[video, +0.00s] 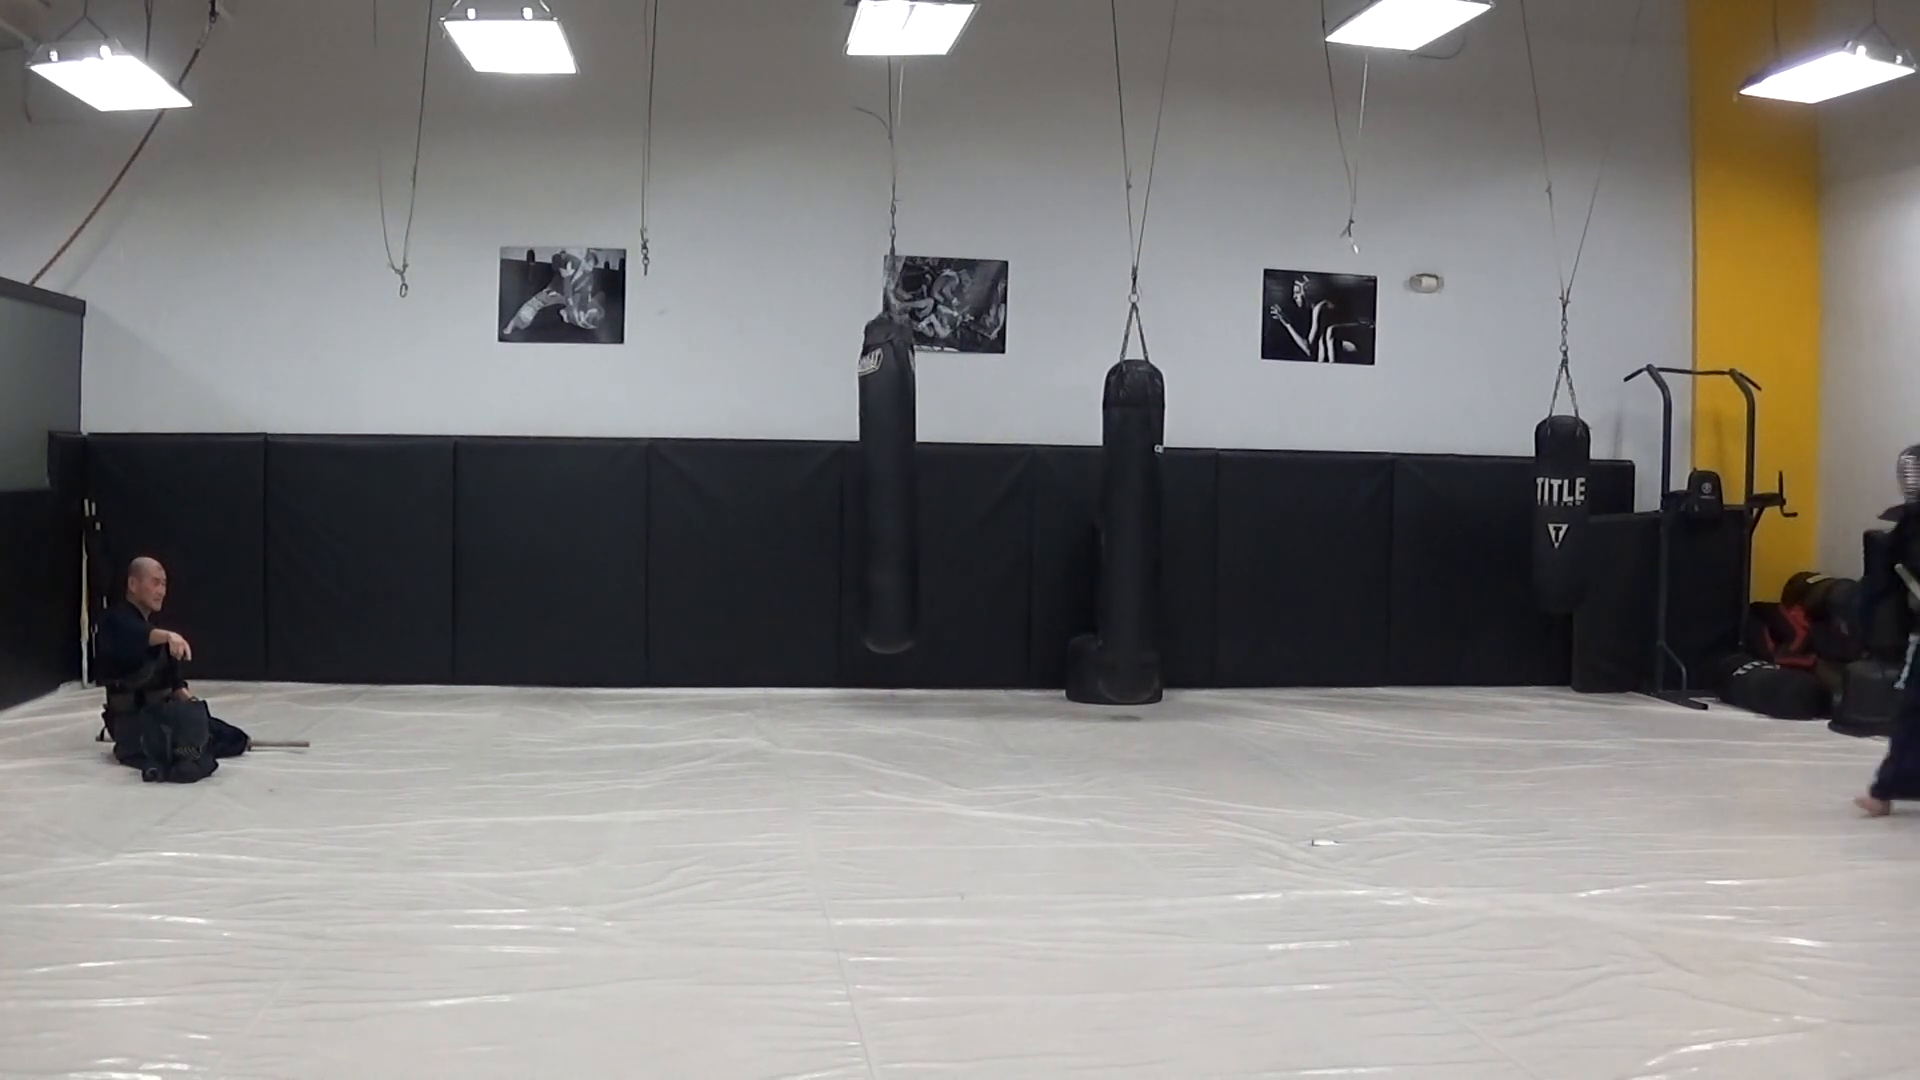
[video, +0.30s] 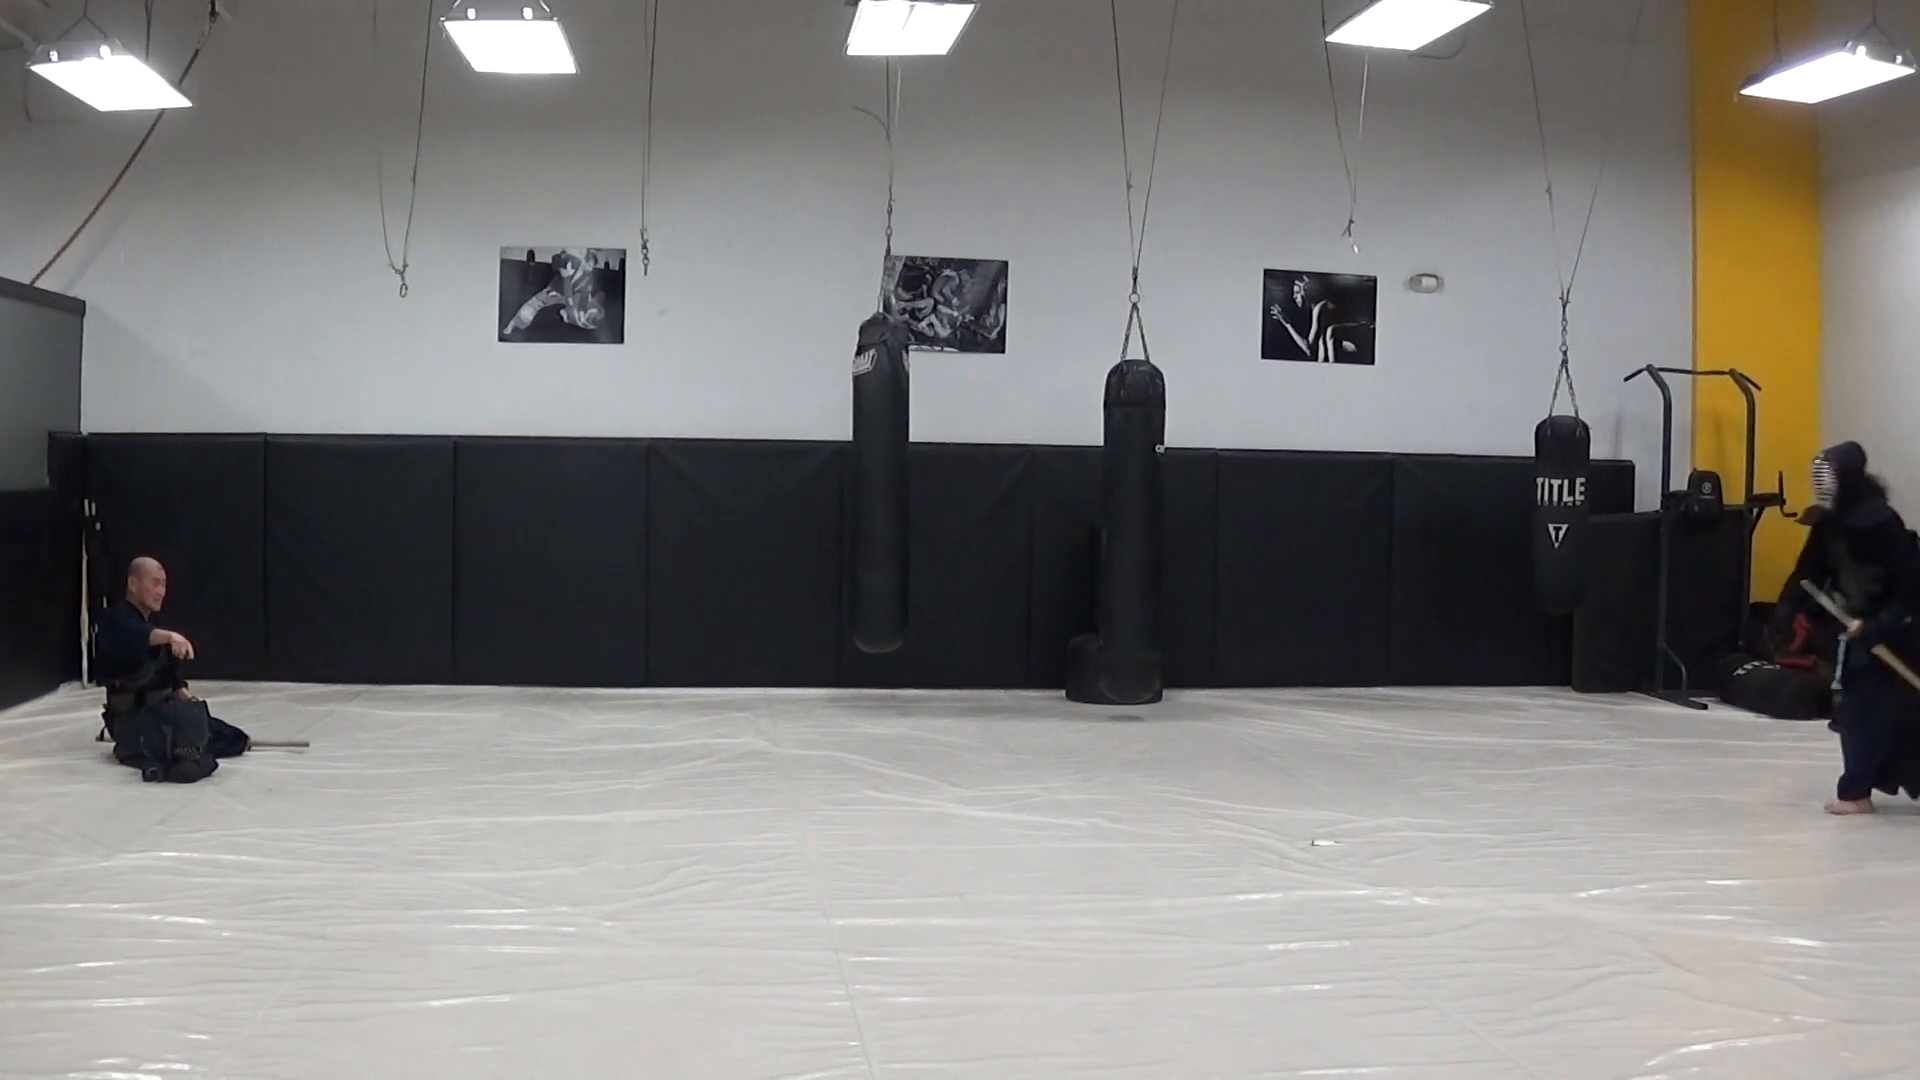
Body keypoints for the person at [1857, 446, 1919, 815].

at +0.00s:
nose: (1906, 481)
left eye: (1910, 473)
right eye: (1906, 473)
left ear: (1915, 477)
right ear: (1907, 477)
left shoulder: (1911, 521)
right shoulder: (1908, 520)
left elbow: (1886, 575)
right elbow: (1889, 573)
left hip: (1918, 634)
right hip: (1916, 634)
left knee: (1910, 707)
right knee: (1909, 707)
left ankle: (1884, 790)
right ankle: (1884, 790)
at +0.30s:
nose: (1819, 486)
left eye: (1826, 479)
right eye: (1818, 478)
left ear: (1846, 480)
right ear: (1823, 479)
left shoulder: (1880, 522)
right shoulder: (1829, 521)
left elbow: (1907, 588)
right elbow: (1807, 574)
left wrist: (1874, 624)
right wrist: (1785, 614)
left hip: (1888, 628)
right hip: (1856, 628)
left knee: (1861, 706)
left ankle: (1857, 794)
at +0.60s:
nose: (1716, 508)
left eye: (1721, 500)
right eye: (1713, 500)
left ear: (1740, 495)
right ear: (1721, 493)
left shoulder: (1778, 525)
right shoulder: (1740, 522)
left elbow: (1808, 591)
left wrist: (1770, 626)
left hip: (1801, 626)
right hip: (1760, 624)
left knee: (1815, 703)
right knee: (1731, 696)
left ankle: (1848, 789)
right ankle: (1708, 778)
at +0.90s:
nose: (1593, 500)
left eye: (1600, 492)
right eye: (1590, 492)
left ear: (1621, 492)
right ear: (1588, 492)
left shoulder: (1658, 527)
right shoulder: (1603, 534)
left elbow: (1705, 585)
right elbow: (1582, 581)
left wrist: (1677, 625)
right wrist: (1558, 619)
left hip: (1682, 626)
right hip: (1653, 626)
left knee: (1624, 696)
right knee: (1664, 701)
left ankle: (1642, 784)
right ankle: (1690, 780)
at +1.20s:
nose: (1459, 498)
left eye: (1466, 489)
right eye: (1453, 490)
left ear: (1486, 488)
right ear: (1449, 490)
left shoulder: (1520, 525)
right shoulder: (1464, 526)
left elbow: (1551, 595)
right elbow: (1471, 582)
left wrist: (1513, 629)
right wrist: (1472, 621)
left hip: (1533, 631)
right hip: (1489, 631)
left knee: (1522, 712)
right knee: (1467, 706)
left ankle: (1551, 792)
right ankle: (1512, 771)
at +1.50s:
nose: (1296, 482)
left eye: (1305, 473)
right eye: (1292, 473)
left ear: (1328, 476)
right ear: (1289, 475)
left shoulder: (1362, 523)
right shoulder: (1302, 523)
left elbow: (1400, 586)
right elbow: (1294, 581)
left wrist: (1371, 624)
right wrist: (1267, 607)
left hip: (1362, 631)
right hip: (1323, 628)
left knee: (1334, 726)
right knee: (1311, 715)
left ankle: (1398, 759)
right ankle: (1343, 802)